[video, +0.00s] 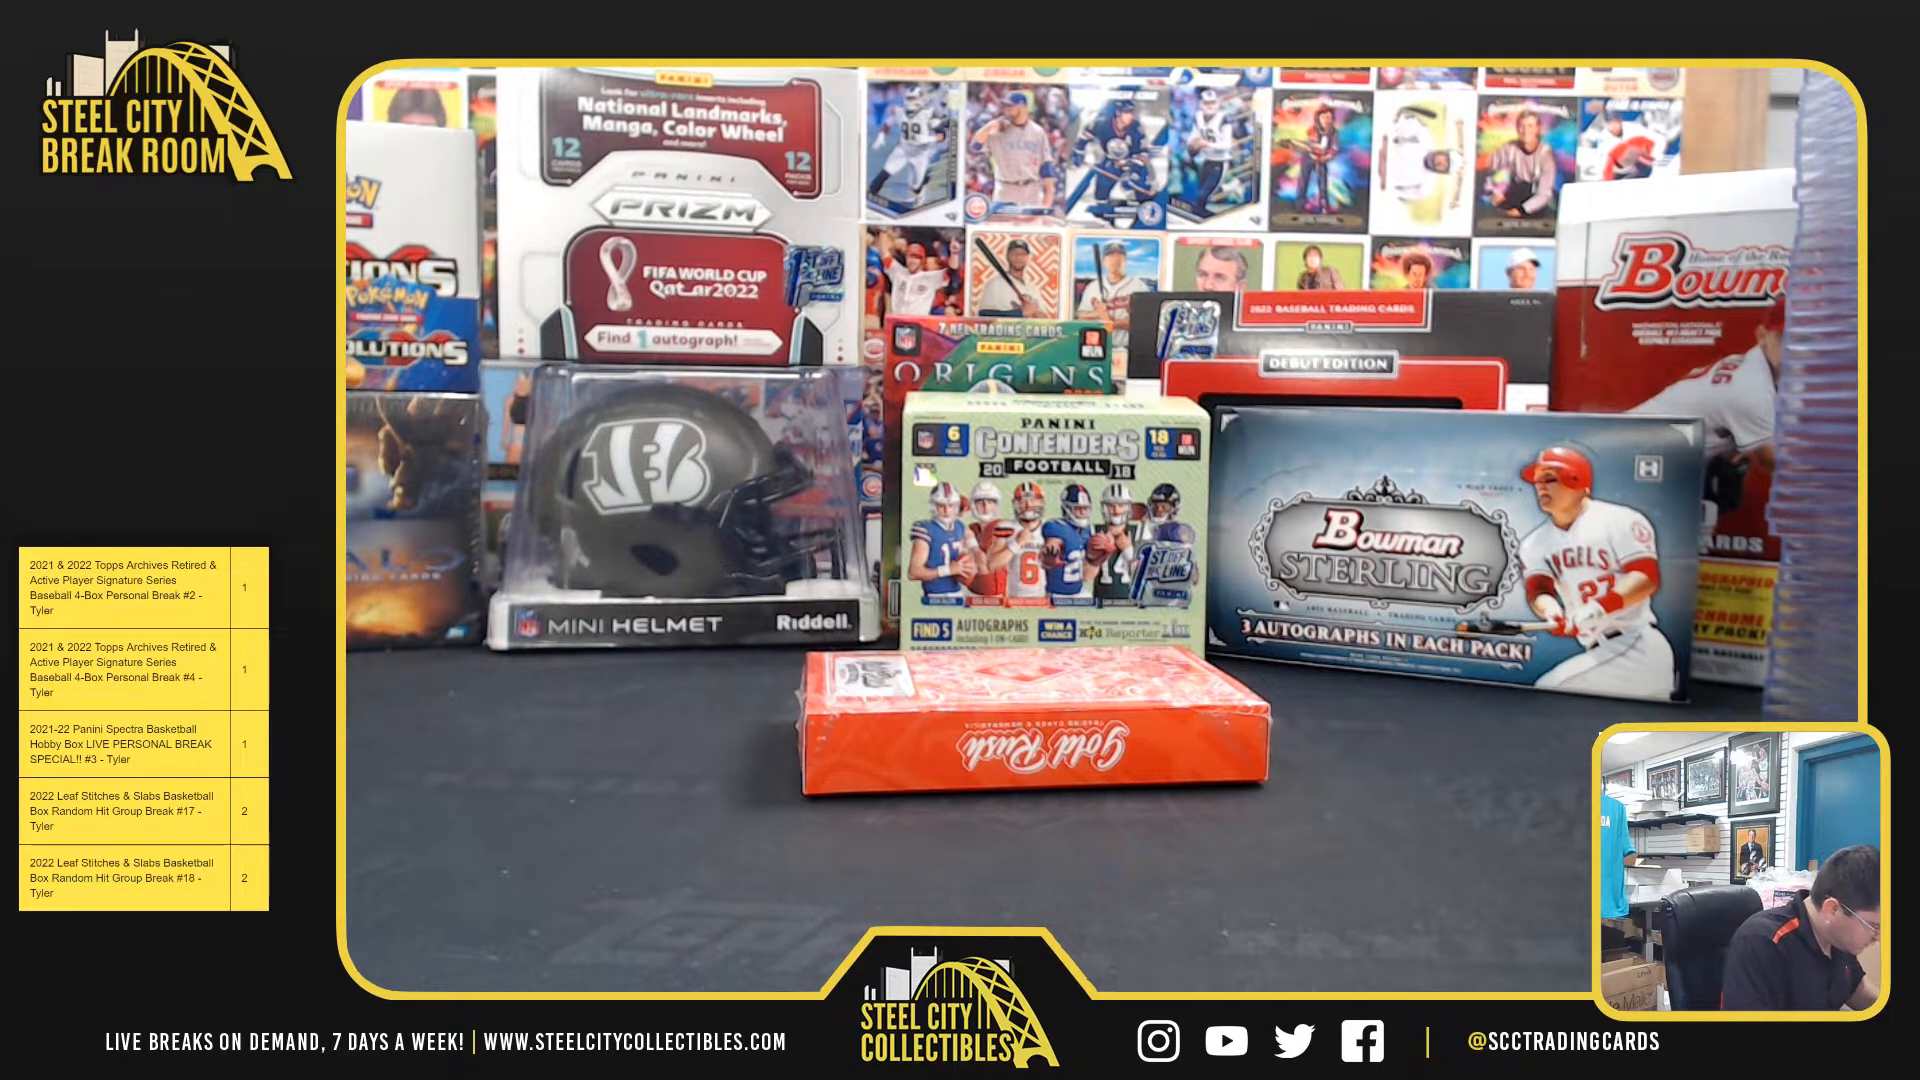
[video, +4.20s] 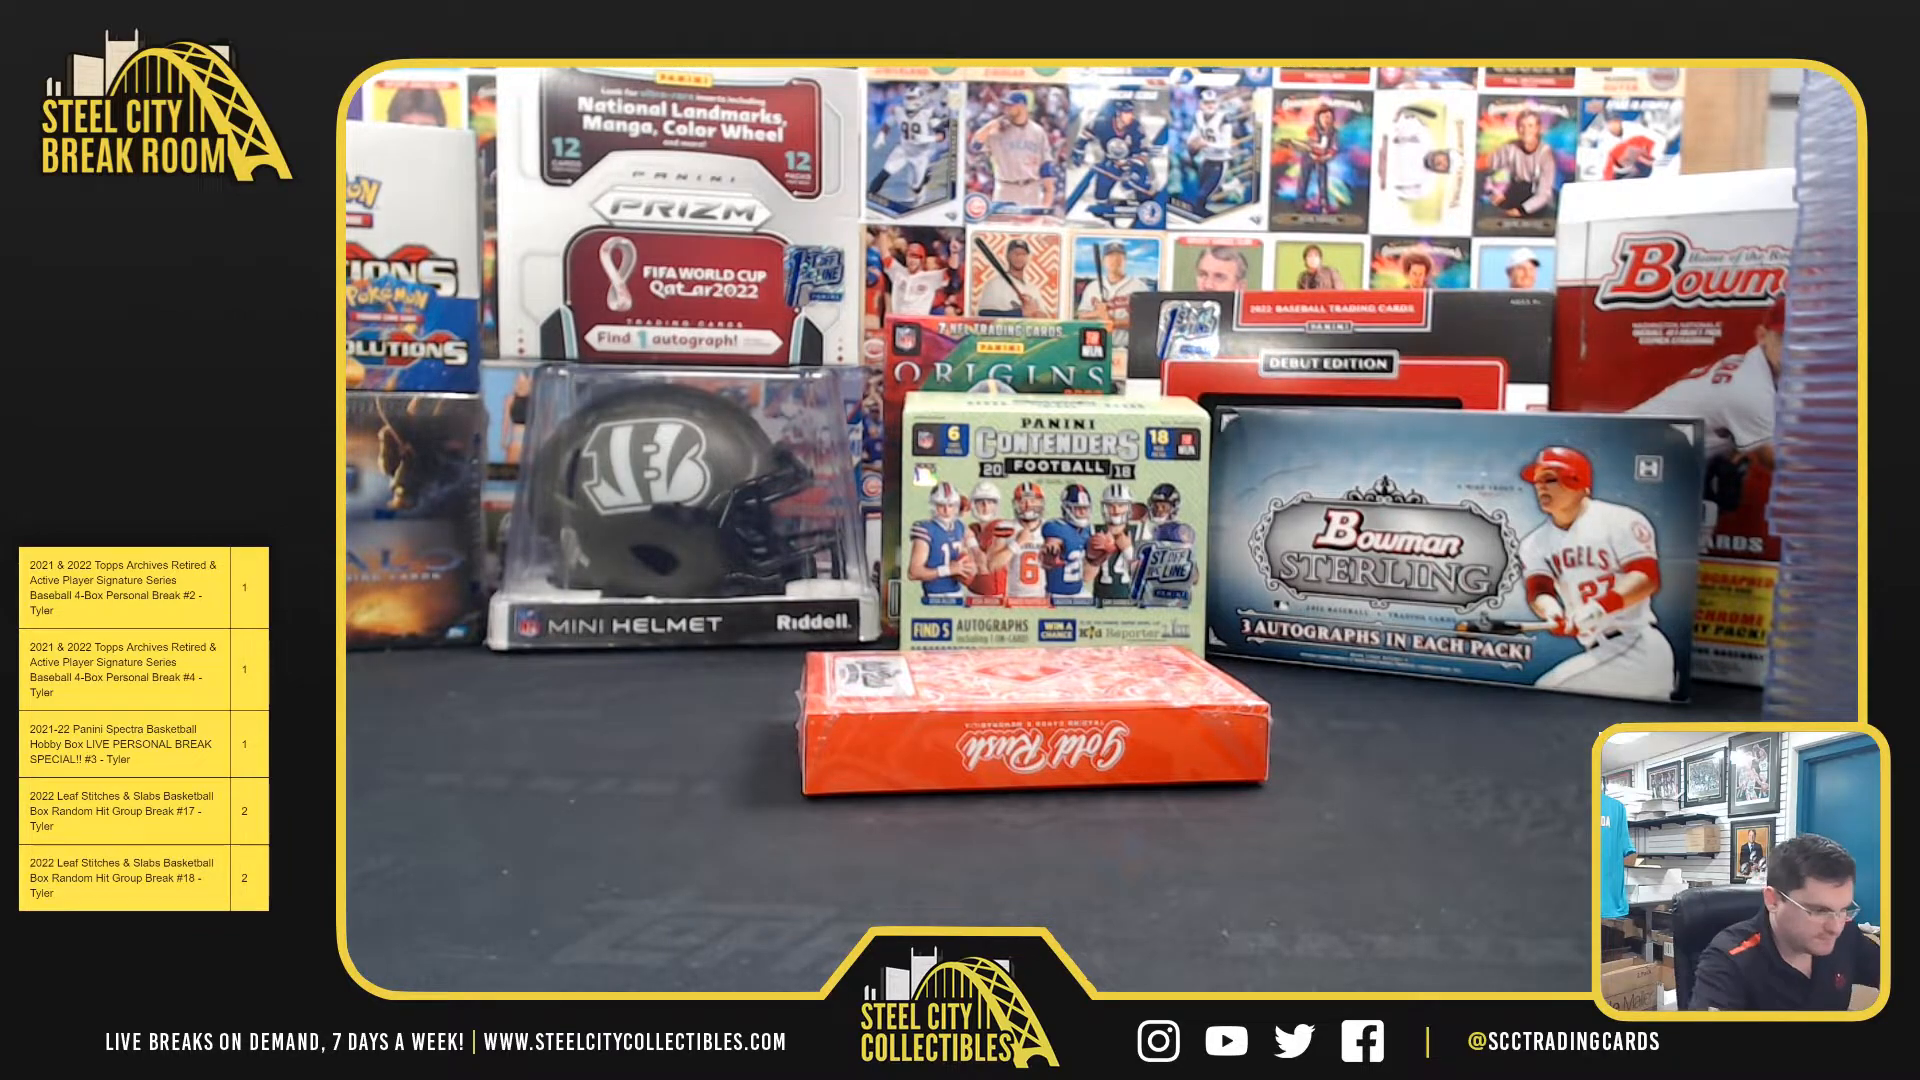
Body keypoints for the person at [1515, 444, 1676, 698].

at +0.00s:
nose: (1540, 489)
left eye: (1549, 480)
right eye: (1537, 483)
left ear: (1578, 484)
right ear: (1533, 487)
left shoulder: (1624, 521)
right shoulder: (1534, 545)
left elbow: (1646, 577)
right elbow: (1538, 591)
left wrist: (1599, 608)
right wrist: (1553, 613)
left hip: (1637, 647)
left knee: (1547, 692)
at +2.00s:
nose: (1540, 490)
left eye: (1550, 481)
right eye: (1537, 484)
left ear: (1578, 484)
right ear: (1533, 488)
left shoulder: (1624, 521)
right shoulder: (1534, 545)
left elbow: (1646, 577)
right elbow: (1538, 592)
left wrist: (1598, 608)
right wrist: (1554, 614)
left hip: (1638, 647)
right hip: (1598, 651)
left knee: (1546, 693)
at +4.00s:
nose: (1540, 489)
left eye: (1550, 480)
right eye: (1537, 482)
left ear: (1578, 485)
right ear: (1533, 487)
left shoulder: (1624, 521)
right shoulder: (1534, 545)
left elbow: (1646, 577)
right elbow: (1538, 591)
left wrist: (1599, 608)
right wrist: (1553, 614)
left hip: (1638, 649)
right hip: (1598, 652)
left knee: (1545, 693)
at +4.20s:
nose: (1540, 489)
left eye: (1550, 480)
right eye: (1537, 482)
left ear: (1579, 485)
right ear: (1533, 487)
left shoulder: (1624, 521)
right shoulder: (1534, 545)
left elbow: (1646, 577)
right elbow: (1538, 591)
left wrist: (1599, 607)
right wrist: (1553, 614)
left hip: (1638, 649)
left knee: (1545, 693)